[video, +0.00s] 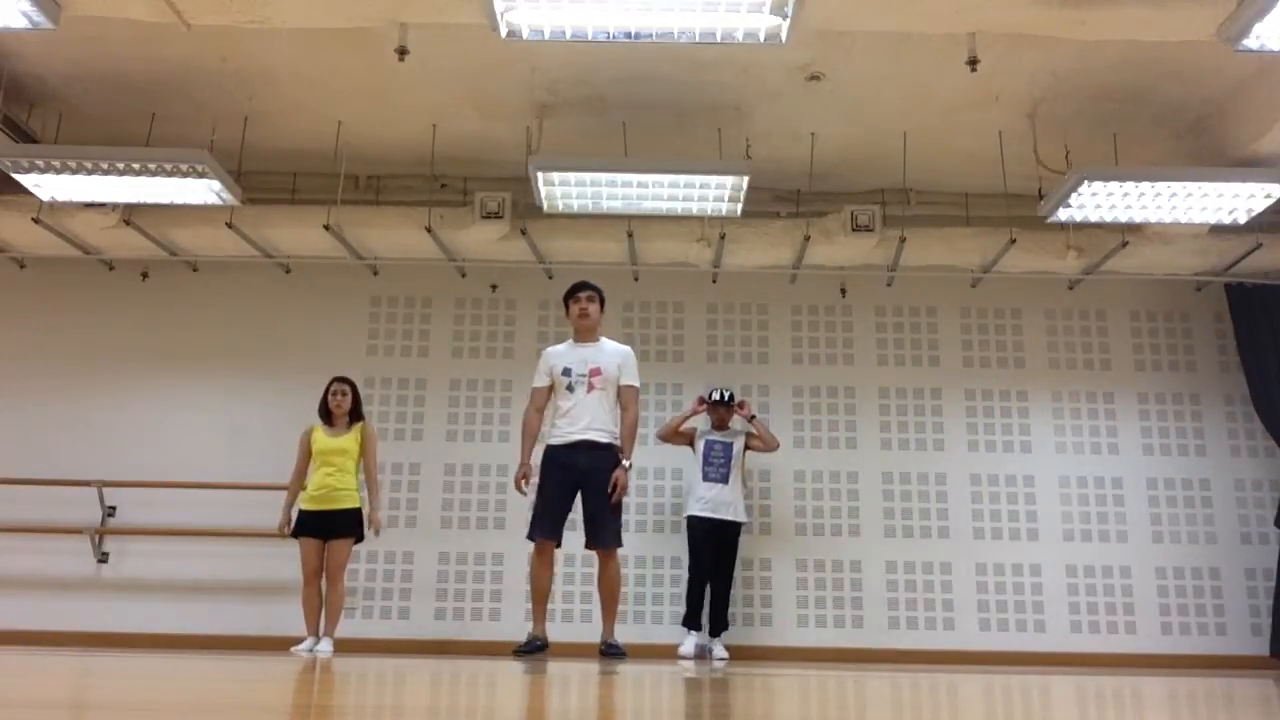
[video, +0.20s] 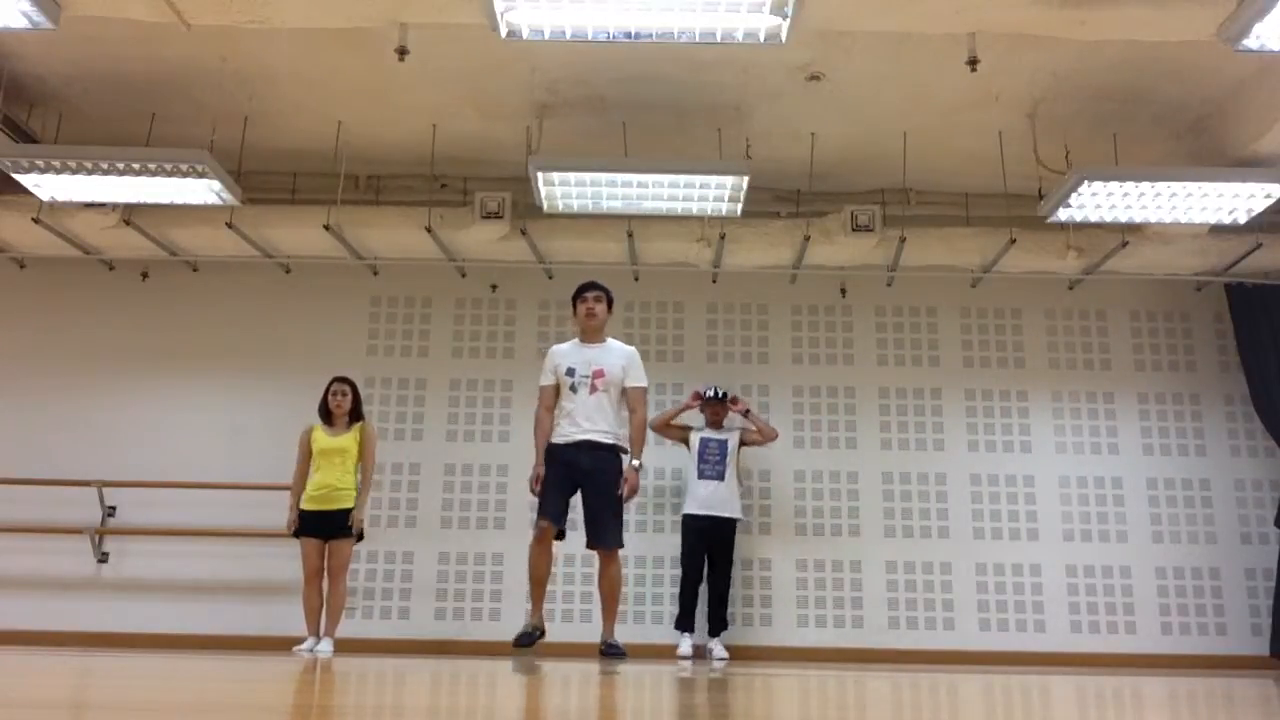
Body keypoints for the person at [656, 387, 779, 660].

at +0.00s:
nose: (721, 414)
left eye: (725, 409)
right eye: (716, 408)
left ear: (732, 411)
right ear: (708, 411)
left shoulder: (741, 438)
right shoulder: (697, 436)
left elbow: (772, 445)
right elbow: (664, 435)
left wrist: (751, 418)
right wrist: (690, 412)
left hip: (729, 516)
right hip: (700, 514)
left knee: (722, 580)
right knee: (697, 576)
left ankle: (716, 638)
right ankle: (693, 634)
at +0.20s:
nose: (714, 412)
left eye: (719, 407)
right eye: (710, 407)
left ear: (726, 409)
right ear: (702, 409)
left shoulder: (736, 435)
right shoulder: (692, 434)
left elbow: (770, 436)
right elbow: (656, 424)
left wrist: (746, 411)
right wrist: (685, 407)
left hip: (725, 516)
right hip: (695, 514)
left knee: (720, 579)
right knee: (691, 577)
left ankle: (715, 638)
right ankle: (686, 635)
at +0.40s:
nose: (709, 412)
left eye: (713, 408)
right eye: (704, 407)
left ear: (719, 411)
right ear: (695, 410)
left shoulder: (727, 436)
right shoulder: (684, 433)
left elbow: (763, 428)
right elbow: (650, 418)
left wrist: (736, 406)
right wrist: (680, 399)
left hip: (719, 515)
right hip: (690, 514)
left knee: (718, 579)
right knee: (689, 579)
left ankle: (715, 638)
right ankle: (687, 638)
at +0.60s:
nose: (701, 412)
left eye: (706, 408)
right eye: (696, 408)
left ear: (713, 412)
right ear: (689, 411)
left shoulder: (722, 436)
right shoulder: (677, 434)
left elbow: (757, 427)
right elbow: (641, 421)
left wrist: (729, 407)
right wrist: (672, 401)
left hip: (715, 516)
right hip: (684, 515)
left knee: (723, 576)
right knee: (686, 578)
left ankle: (716, 636)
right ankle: (686, 638)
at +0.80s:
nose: (699, 409)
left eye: (704, 405)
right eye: (694, 406)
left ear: (710, 410)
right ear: (686, 410)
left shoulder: (720, 437)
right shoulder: (675, 436)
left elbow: (756, 430)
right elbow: (638, 431)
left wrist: (729, 407)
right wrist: (662, 404)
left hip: (712, 516)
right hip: (682, 515)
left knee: (715, 578)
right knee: (684, 579)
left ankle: (715, 637)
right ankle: (685, 638)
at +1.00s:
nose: (695, 407)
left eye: (700, 404)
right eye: (691, 404)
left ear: (708, 409)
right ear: (683, 410)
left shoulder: (718, 437)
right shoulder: (672, 436)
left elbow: (756, 438)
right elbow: (636, 443)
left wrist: (736, 410)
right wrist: (643, 410)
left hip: (710, 516)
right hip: (680, 516)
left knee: (713, 578)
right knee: (683, 580)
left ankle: (714, 638)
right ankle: (685, 639)